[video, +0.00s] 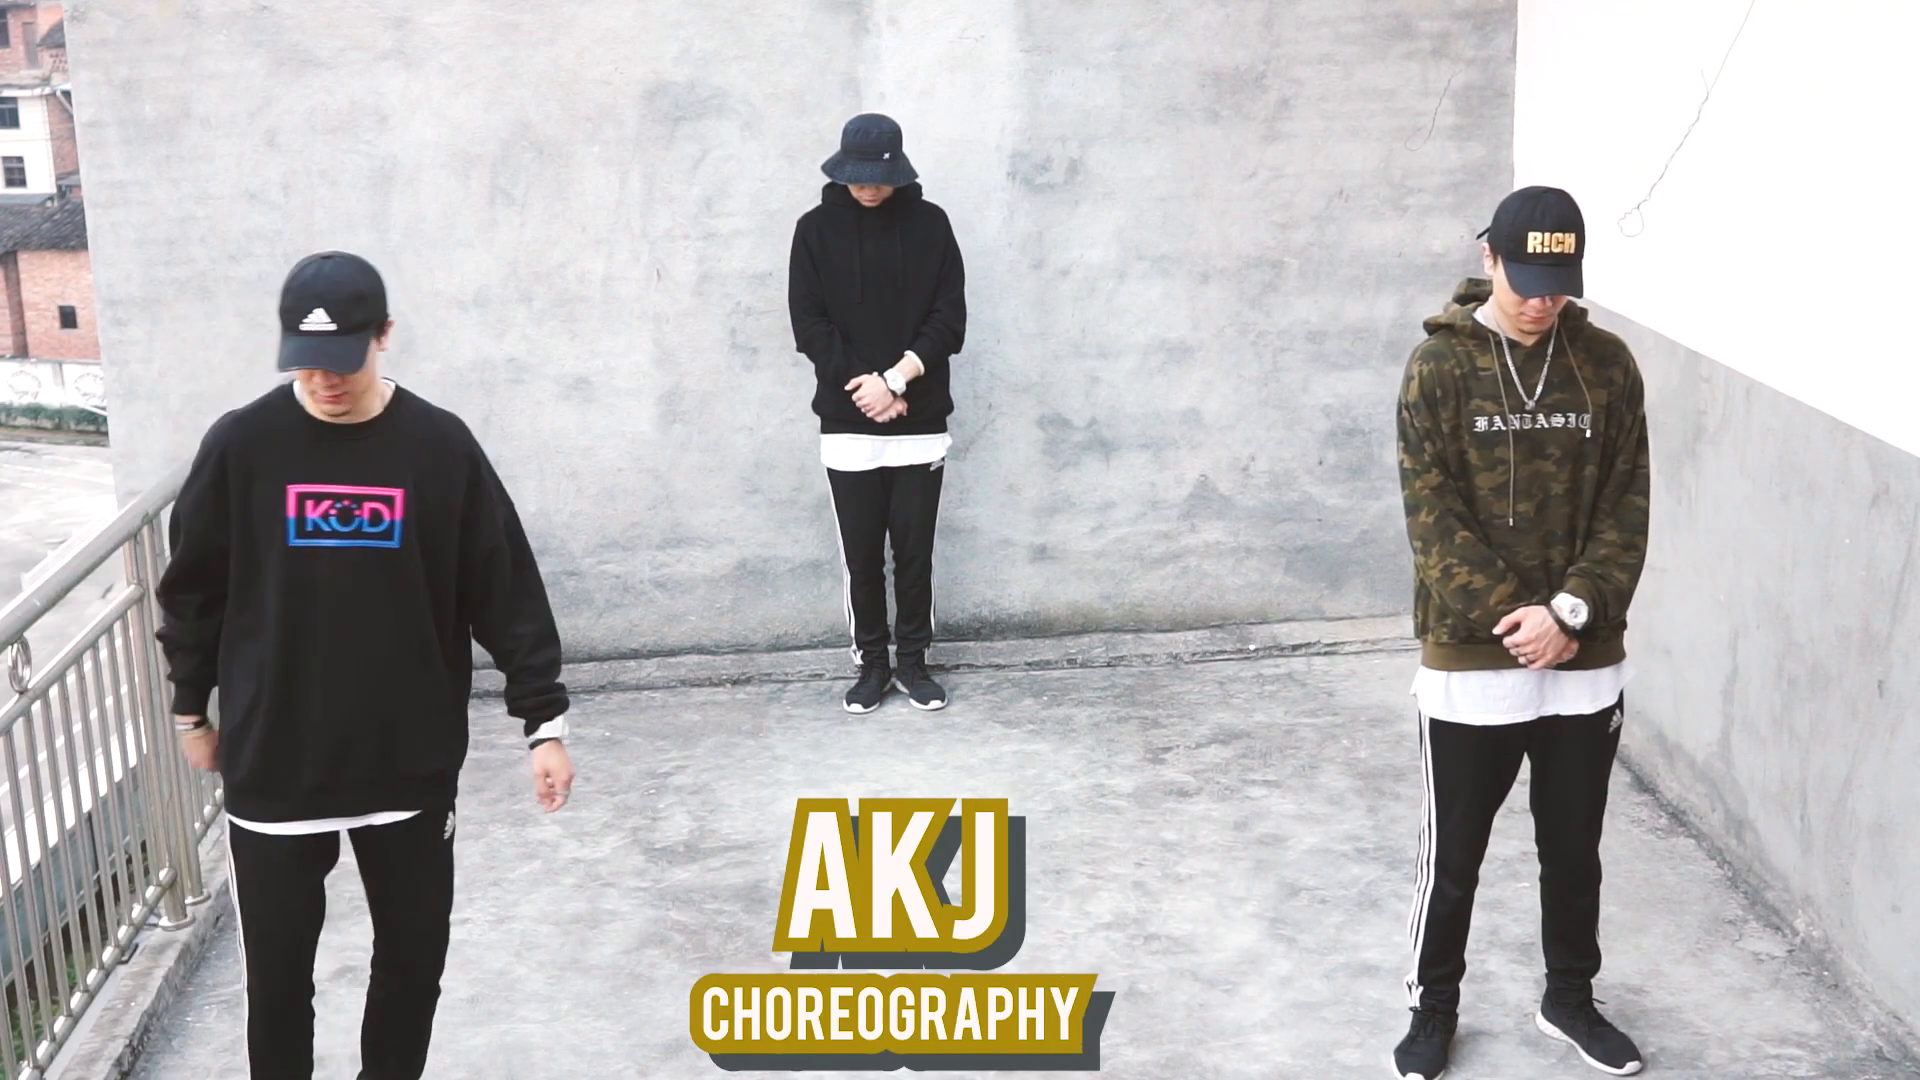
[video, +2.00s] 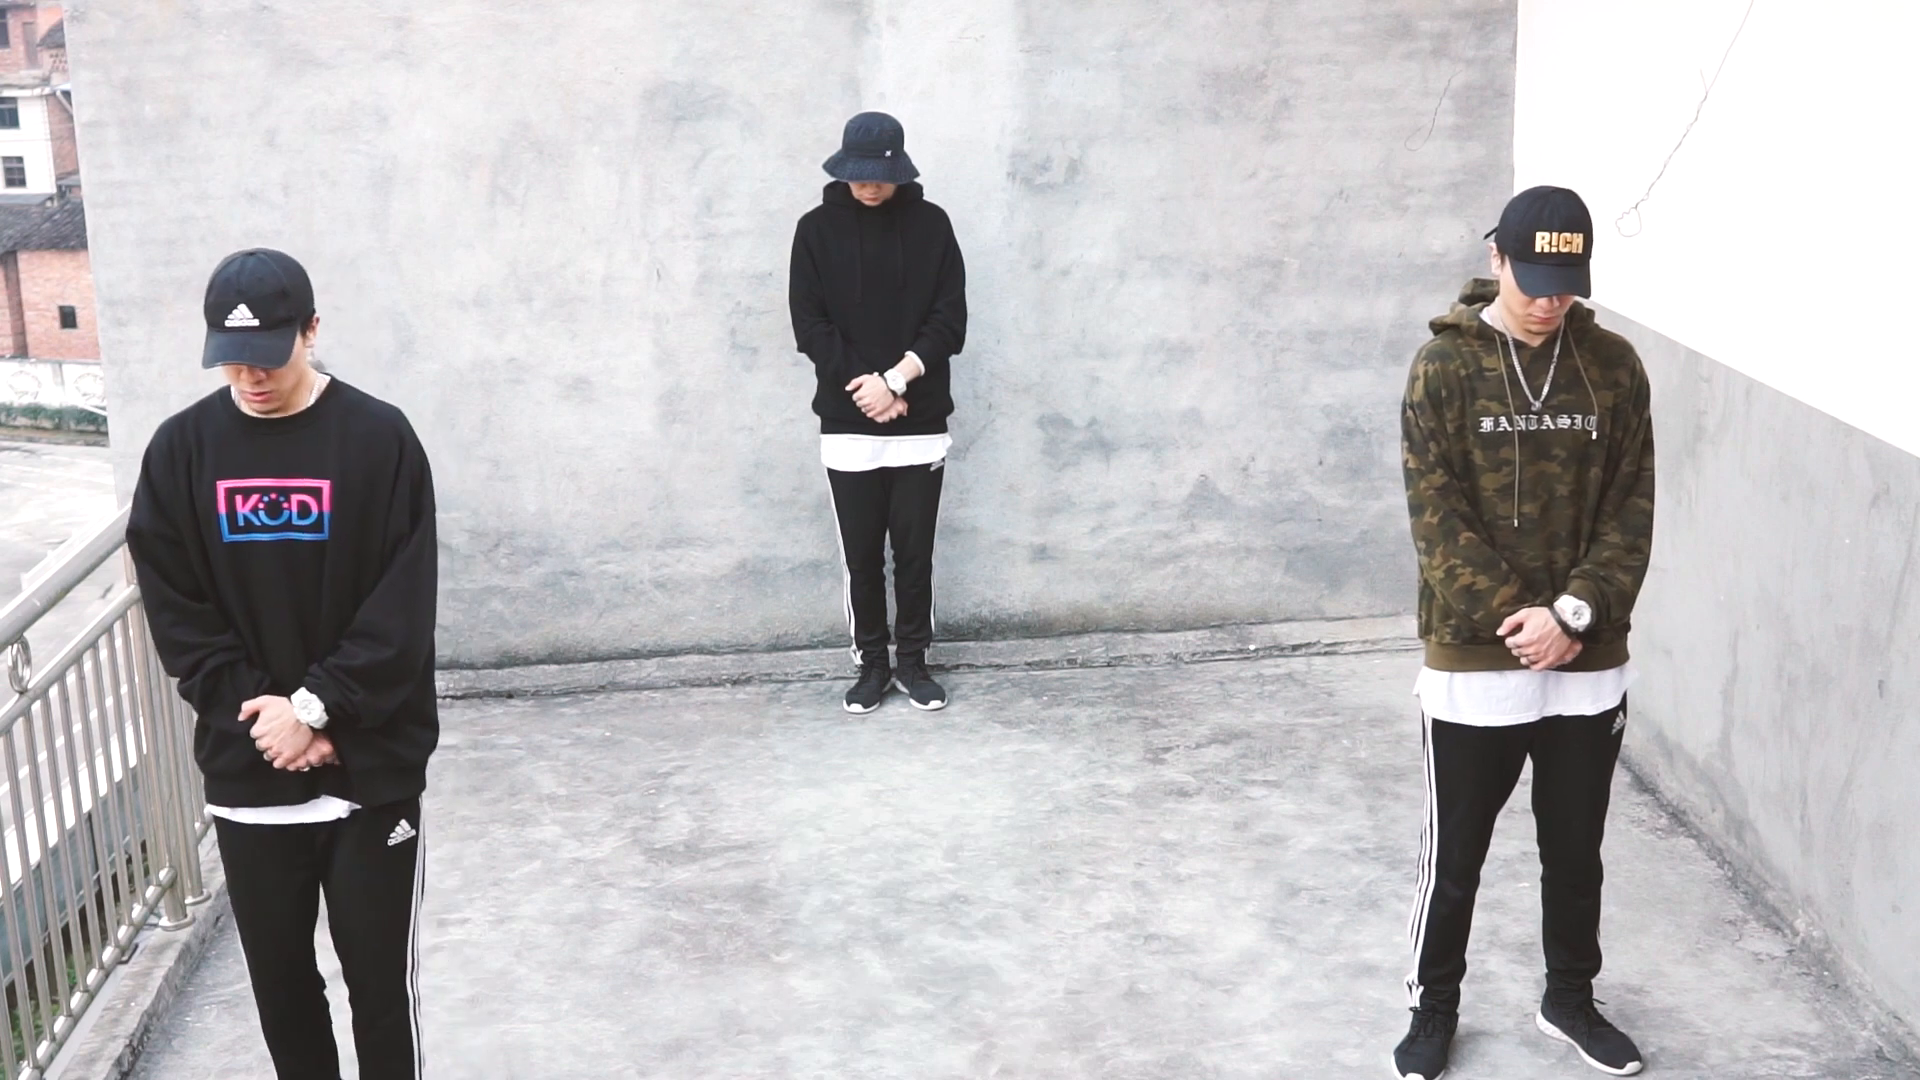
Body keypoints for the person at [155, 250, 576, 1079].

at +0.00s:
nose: (324, 377)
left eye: (343, 358)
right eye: (307, 360)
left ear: (384, 339)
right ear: (286, 347)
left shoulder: (443, 446)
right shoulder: (237, 447)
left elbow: (506, 589)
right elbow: (193, 583)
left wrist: (544, 726)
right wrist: (192, 710)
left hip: (407, 762)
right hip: (275, 763)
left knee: (413, 971)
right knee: (277, 981)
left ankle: (386, 1076)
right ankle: (280, 1077)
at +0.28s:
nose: (235, 402)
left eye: (251, 381)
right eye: (219, 383)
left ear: (295, 349)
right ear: (199, 362)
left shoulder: (372, 450)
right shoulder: (176, 464)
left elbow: (438, 606)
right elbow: (148, 622)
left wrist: (432, 738)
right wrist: (163, 760)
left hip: (368, 769)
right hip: (242, 775)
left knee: (416, 957)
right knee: (268, 985)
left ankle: (397, 1074)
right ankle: (286, 1078)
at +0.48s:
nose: (213, 401)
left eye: (229, 379)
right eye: (197, 383)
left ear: (270, 345)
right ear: (176, 361)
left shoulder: (349, 443)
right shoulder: (156, 464)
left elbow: (381, 615)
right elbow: (152, 637)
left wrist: (299, 726)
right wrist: (225, 754)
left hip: (365, 765)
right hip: (234, 786)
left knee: (426, 989)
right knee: (266, 1002)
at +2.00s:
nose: (248, 377)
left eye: (266, 357)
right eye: (232, 360)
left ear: (310, 334)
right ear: (213, 346)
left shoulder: (381, 437)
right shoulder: (178, 447)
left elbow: (405, 605)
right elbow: (174, 612)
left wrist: (316, 704)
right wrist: (265, 722)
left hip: (370, 766)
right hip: (248, 776)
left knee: (379, 988)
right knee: (282, 994)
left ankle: (389, 1079)